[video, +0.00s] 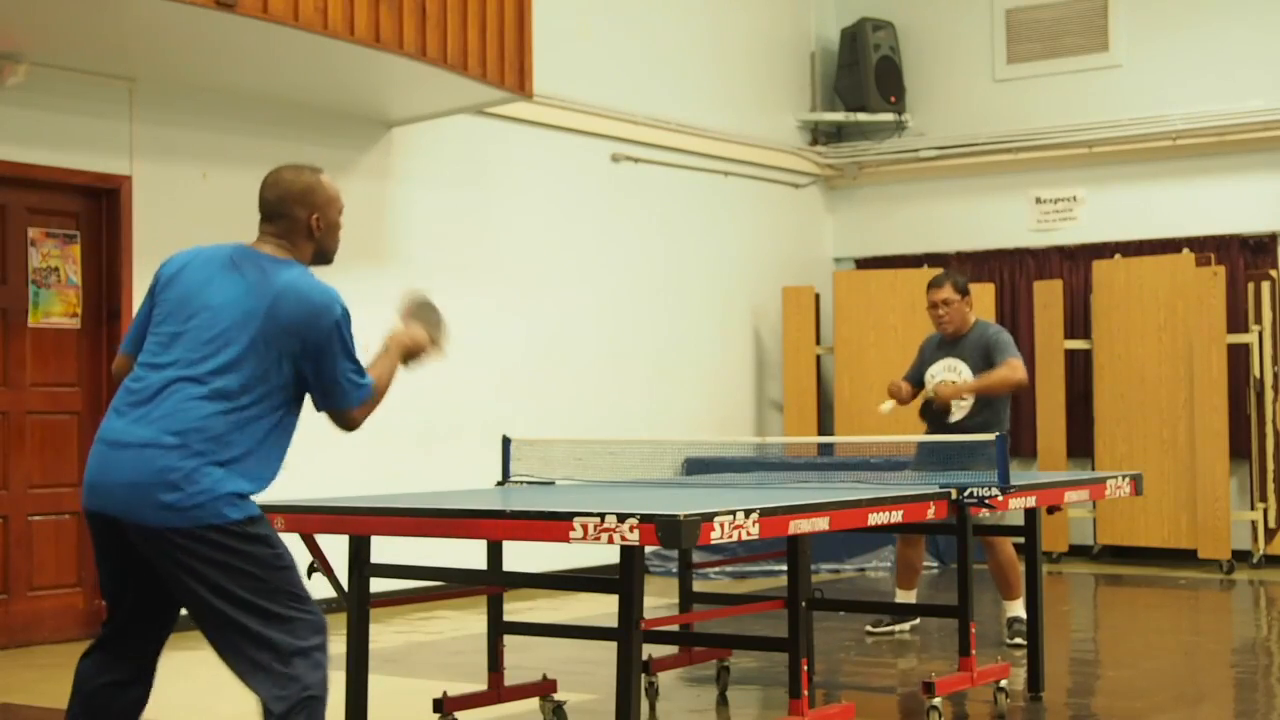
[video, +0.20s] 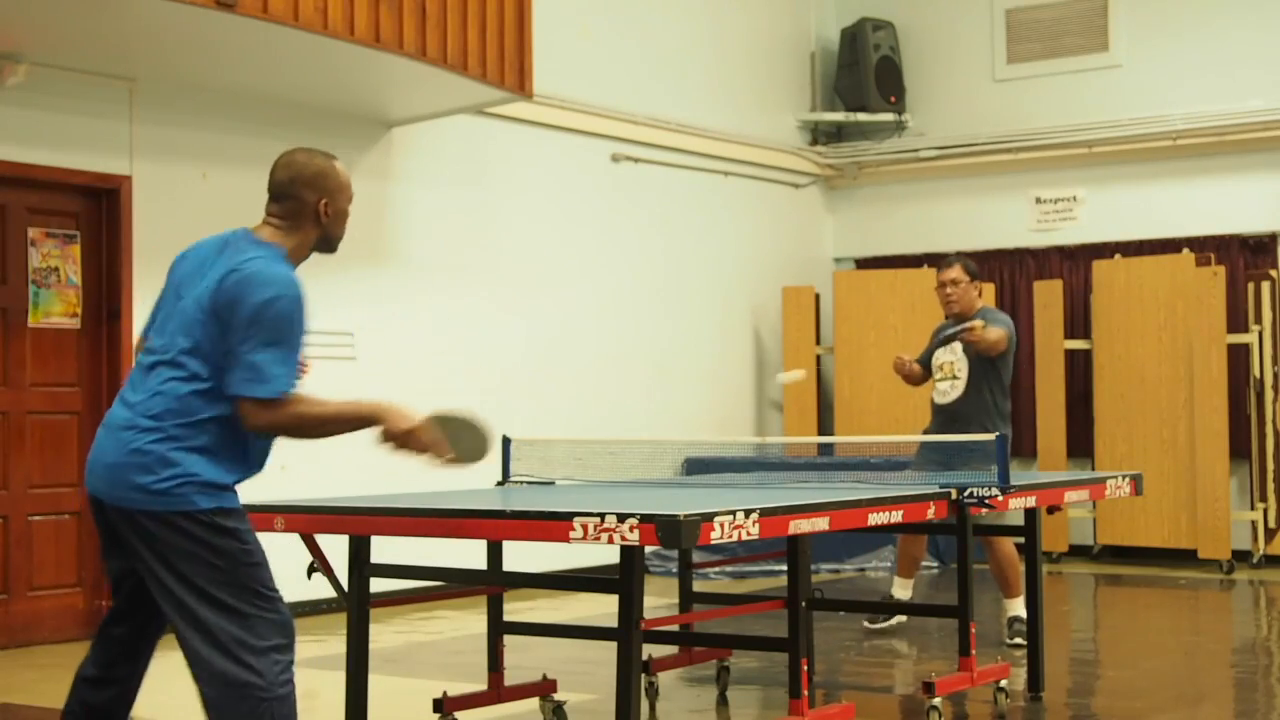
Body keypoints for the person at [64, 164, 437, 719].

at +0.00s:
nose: (341, 229)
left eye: (341, 218)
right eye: (338, 218)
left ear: (268, 217)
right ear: (313, 222)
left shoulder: (181, 266)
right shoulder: (314, 303)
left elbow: (124, 366)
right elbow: (351, 411)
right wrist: (399, 345)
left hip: (107, 486)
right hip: (194, 499)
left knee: (133, 627)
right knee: (296, 638)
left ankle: (88, 714)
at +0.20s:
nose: (347, 218)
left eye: (349, 206)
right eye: (346, 205)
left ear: (276, 201)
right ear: (322, 207)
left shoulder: (201, 253)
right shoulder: (271, 281)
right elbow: (264, 410)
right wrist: (378, 413)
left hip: (114, 472)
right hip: (175, 484)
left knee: (136, 619)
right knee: (259, 640)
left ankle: (87, 714)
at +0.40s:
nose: (341, 231)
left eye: (339, 217)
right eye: (333, 217)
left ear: (284, 218)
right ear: (294, 219)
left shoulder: (210, 268)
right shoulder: (246, 298)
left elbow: (198, 356)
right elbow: (294, 428)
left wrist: (278, 358)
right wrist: (377, 435)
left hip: (117, 487)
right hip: (164, 494)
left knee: (146, 640)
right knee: (266, 634)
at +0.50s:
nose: (353, 210)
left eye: (351, 196)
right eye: (345, 197)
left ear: (290, 200)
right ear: (301, 202)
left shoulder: (206, 254)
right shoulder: (279, 295)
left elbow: (154, 355)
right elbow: (373, 396)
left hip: (118, 474)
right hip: (178, 489)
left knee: (128, 638)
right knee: (258, 647)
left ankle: (83, 717)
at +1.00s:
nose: (345, 227)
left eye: (344, 216)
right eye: (343, 216)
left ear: (273, 218)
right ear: (324, 217)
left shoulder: (194, 273)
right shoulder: (328, 300)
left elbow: (130, 367)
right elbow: (362, 425)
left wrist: (204, 393)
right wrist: (439, 399)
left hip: (127, 484)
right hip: (221, 496)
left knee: (137, 625)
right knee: (316, 637)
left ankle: (105, 715)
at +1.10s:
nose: (323, 216)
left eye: (320, 205)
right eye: (320, 206)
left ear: (253, 213)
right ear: (305, 210)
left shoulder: (180, 272)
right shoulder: (312, 290)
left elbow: (112, 362)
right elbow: (325, 419)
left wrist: (184, 378)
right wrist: (392, 411)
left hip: (123, 484)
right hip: (213, 492)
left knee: (133, 623)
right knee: (298, 641)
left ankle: (113, 713)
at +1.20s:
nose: (284, 206)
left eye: (280, 195)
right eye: (281, 196)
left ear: (218, 203)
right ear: (268, 202)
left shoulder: (149, 265)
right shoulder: (284, 278)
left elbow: (87, 357)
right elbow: (284, 401)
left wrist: (131, 384)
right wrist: (337, 411)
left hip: (118, 480)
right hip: (209, 485)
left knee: (122, 633)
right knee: (271, 646)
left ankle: (107, 715)